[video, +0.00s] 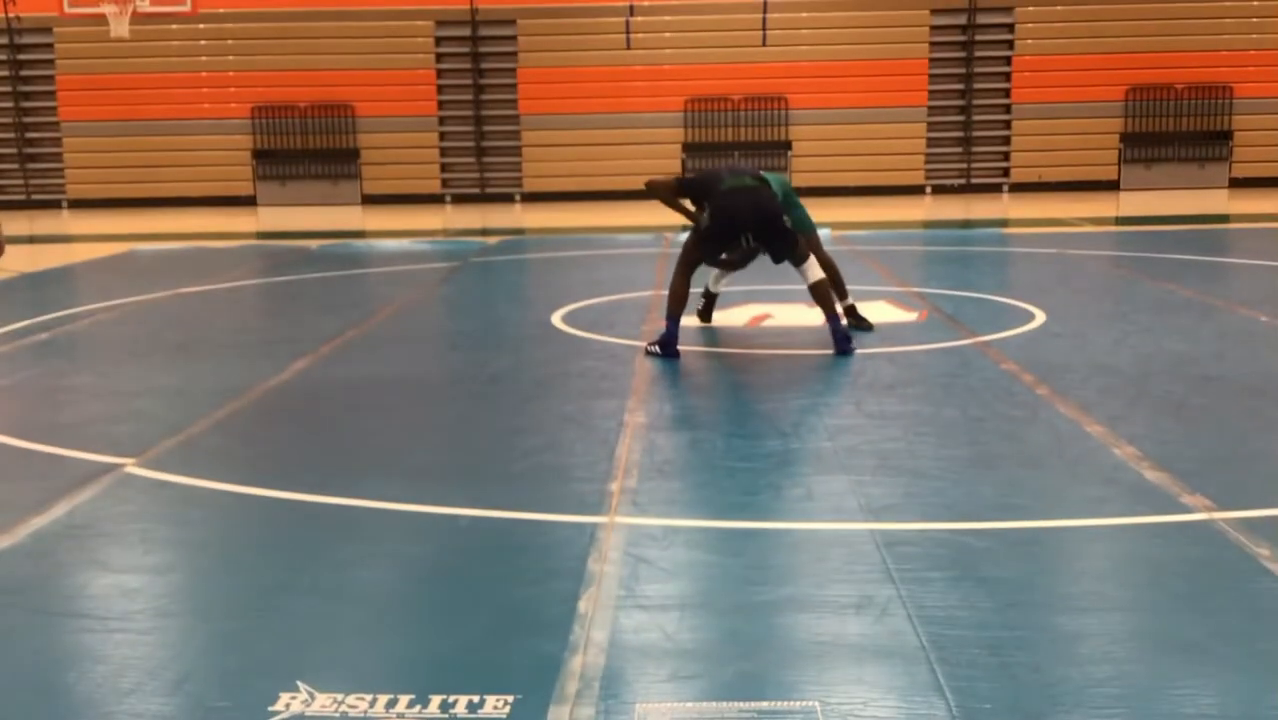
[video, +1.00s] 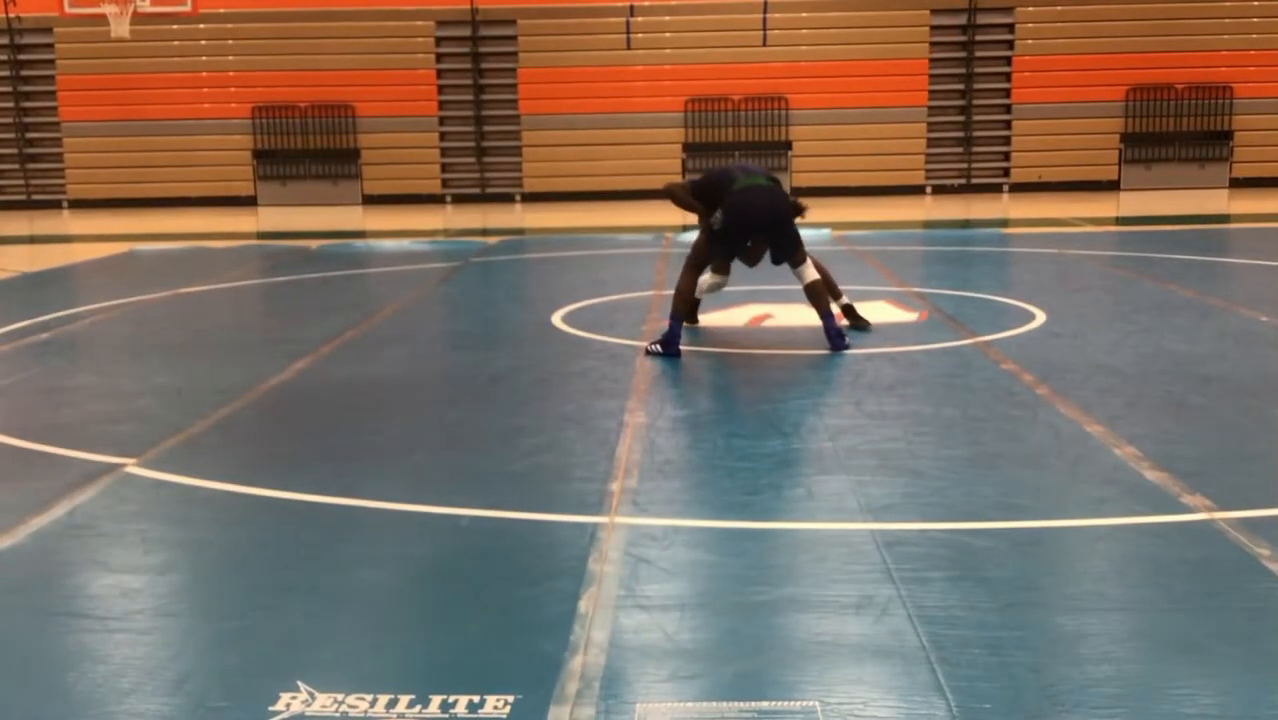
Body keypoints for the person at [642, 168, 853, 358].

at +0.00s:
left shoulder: (708, 184)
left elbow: (654, 186)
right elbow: (818, 255)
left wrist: (691, 215)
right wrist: (848, 309)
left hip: (722, 209)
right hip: (765, 206)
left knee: (684, 269)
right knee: (806, 263)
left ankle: (669, 340)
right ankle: (839, 333)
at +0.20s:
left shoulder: (707, 182)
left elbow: (656, 180)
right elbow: (815, 256)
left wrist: (683, 207)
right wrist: (848, 307)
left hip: (720, 207)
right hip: (763, 204)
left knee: (682, 268)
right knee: (801, 269)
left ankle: (669, 339)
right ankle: (837, 333)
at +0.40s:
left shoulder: (704, 188)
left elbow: (656, 178)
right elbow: (816, 266)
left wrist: (683, 213)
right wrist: (847, 308)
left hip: (726, 214)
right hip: (769, 211)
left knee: (683, 267)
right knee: (799, 275)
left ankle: (668, 339)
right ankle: (838, 332)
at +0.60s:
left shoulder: (709, 197)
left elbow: (664, 193)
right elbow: (812, 267)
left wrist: (695, 223)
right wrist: (848, 309)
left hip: (738, 203)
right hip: (774, 203)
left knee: (689, 269)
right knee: (802, 269)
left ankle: (670, 339)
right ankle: (831, 333)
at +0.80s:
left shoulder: (715, 189)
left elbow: (669, 197)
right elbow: (752, 264)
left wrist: (705, 225)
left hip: (736, 207)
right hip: (776, 206)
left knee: (692, 270)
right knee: (805, 270)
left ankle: (670, 340)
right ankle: (834, 332)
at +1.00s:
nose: (753, 262)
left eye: (753, 259)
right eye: (752, 258)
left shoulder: (710, 186)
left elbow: (671, 189)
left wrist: (702, 213)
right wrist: (844, 306)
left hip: (735, 206)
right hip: (774, 203)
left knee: (691, 270)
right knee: (804, 269)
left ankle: (670, 339)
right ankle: (834, 333)